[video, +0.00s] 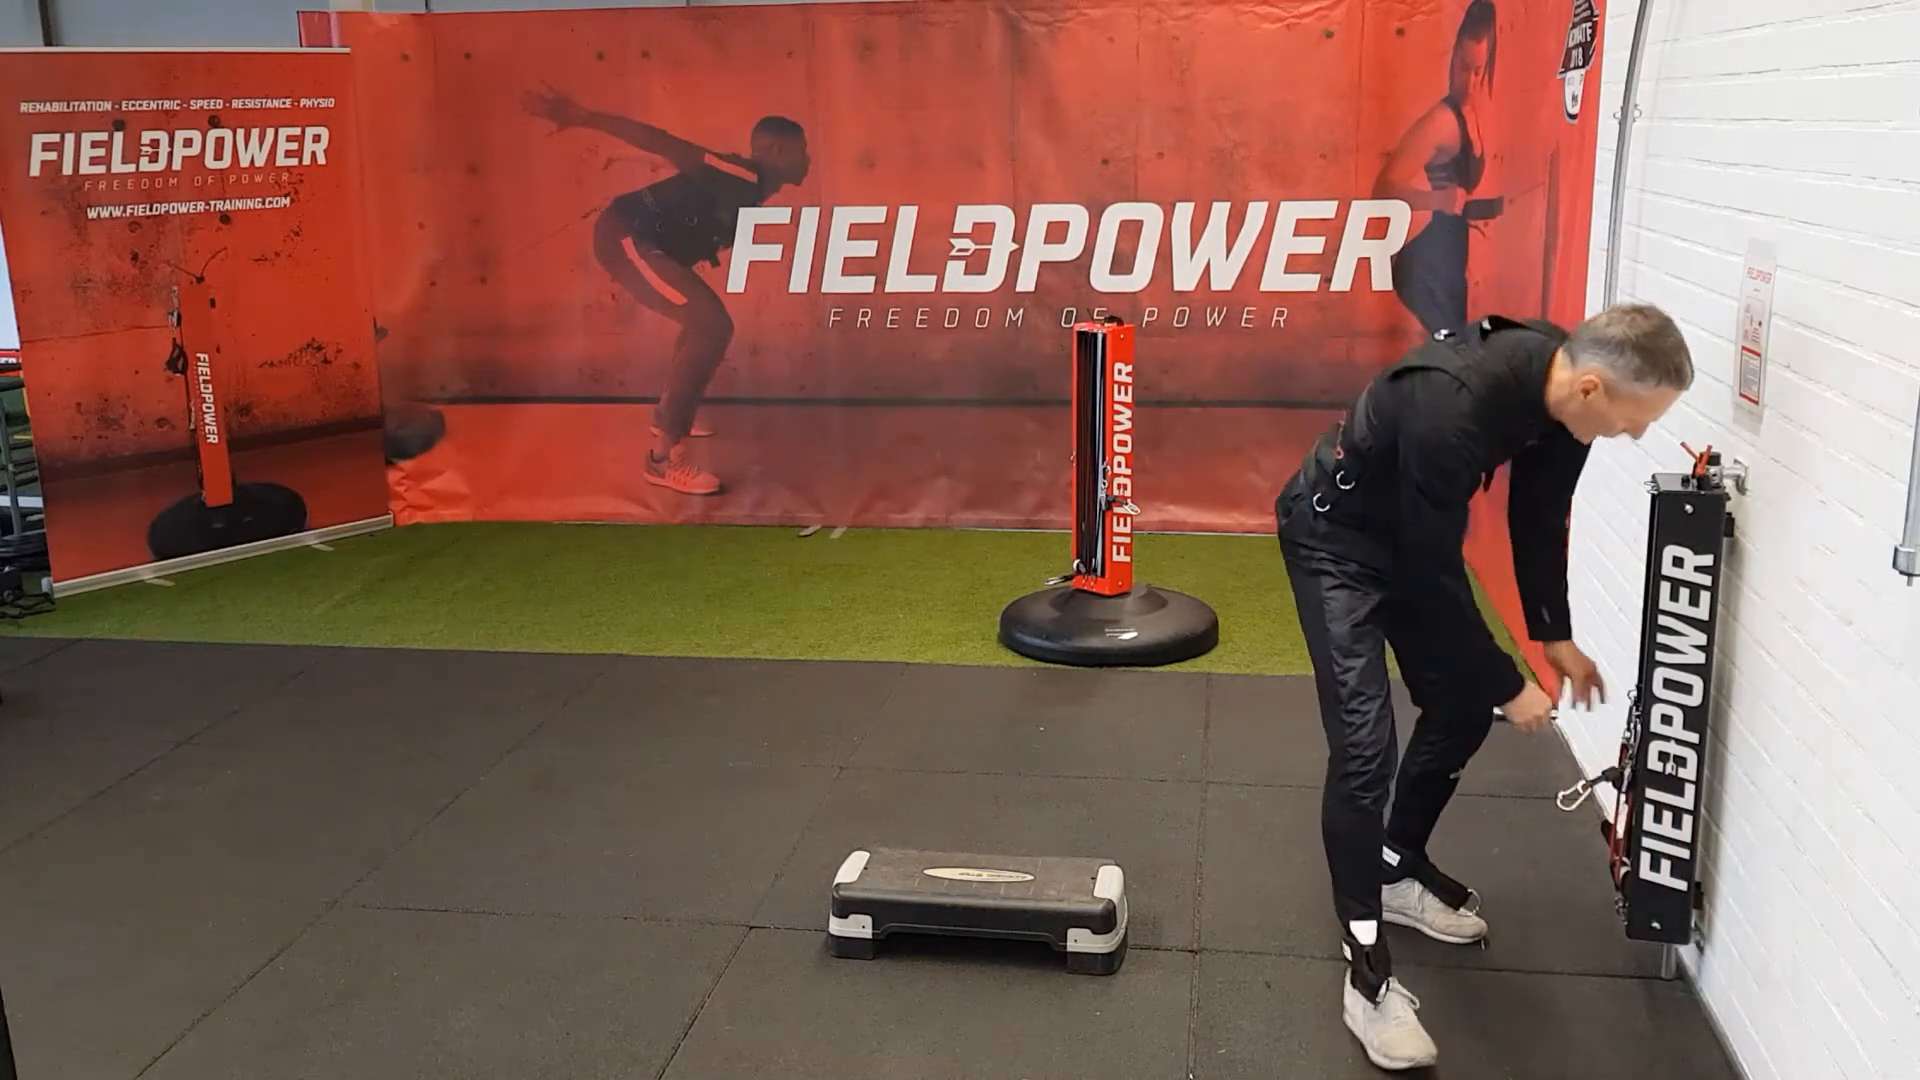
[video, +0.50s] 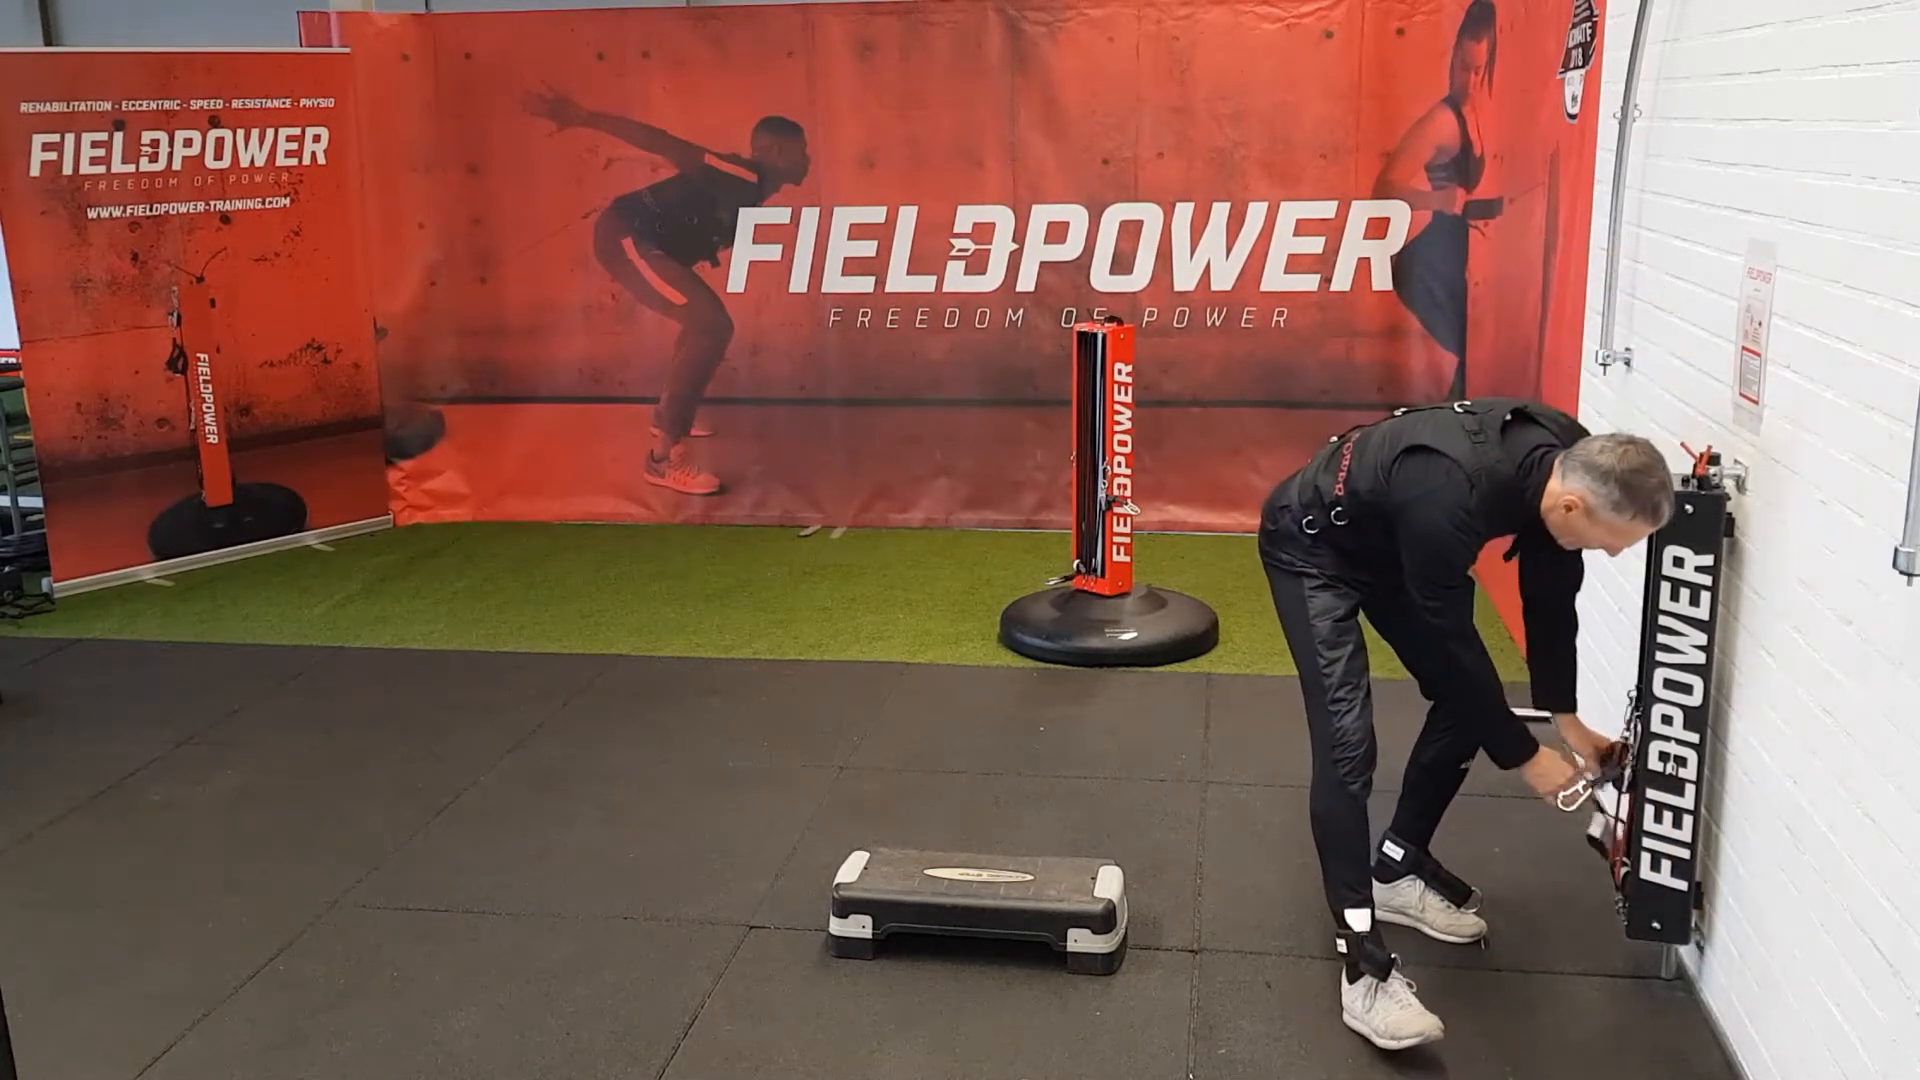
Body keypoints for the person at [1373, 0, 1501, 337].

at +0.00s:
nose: (1472, 80)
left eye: (1481, 71)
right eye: (1465, 68)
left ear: (1490, 71)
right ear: (1451, 65)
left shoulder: (1472, 118)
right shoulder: (1441, 121)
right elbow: (1387, 187)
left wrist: (1471, 210)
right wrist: (1437, 200)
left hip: (1447, 254)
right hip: (1425, 258)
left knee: (1456, 349)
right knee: (1452, 350)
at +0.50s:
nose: (1473, 82)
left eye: (1482, 71)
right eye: (1466, 70)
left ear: (1493, 69)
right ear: (1451, 65)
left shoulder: (1470, 120)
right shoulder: (1441, 120)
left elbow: (1435, 191)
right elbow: (1388, 186)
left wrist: (1475, 210)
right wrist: (1441, 200)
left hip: (1446, 254)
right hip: (1425, 256)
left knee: (1446, 368)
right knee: (1438, 370)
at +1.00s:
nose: (1472, 81)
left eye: (1482, 71)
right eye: (1465, 69)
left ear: (1491, 73)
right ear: (1450, 66)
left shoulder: (1465, 119)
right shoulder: (1442, 120)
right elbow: (1386, 188)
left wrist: (1467, 211)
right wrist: (1440, 199)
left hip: (1445, 257)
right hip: (1424, 261)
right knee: (1450, 358)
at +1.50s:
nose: (1472, 81)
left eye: (1481, 71)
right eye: (1465, 69)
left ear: (1491, 72)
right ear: (1451, 66)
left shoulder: (1468, 118)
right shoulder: (1442, 120)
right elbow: (1386, 188)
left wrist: (1467, 210)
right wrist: (1440, 199)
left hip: (1446, 256)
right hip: (1425, 259)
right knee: (1452, 355)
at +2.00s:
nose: (1471, 81)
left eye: (1481, 71)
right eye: (1464, 68)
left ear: (1492, 74)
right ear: (1450, 65)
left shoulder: (1468, 121)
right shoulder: (1440, 121)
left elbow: (1439, 194)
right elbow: (1387, 189)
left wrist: (1475, 210)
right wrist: (1438, 199)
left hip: (1447, 256)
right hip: (1424, 259)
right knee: (1451, 358)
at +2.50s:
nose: (1471, 82)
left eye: (1479, 72)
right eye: (1464, 69)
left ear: (1489, 71)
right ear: (1450, 66)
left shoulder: (1467, 119)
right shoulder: (1440, 120)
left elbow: (1438, 189)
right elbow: (1386, 188)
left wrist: (1471, 210)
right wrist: (1438, 200)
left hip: (1446, 257)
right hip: (1426, 261)